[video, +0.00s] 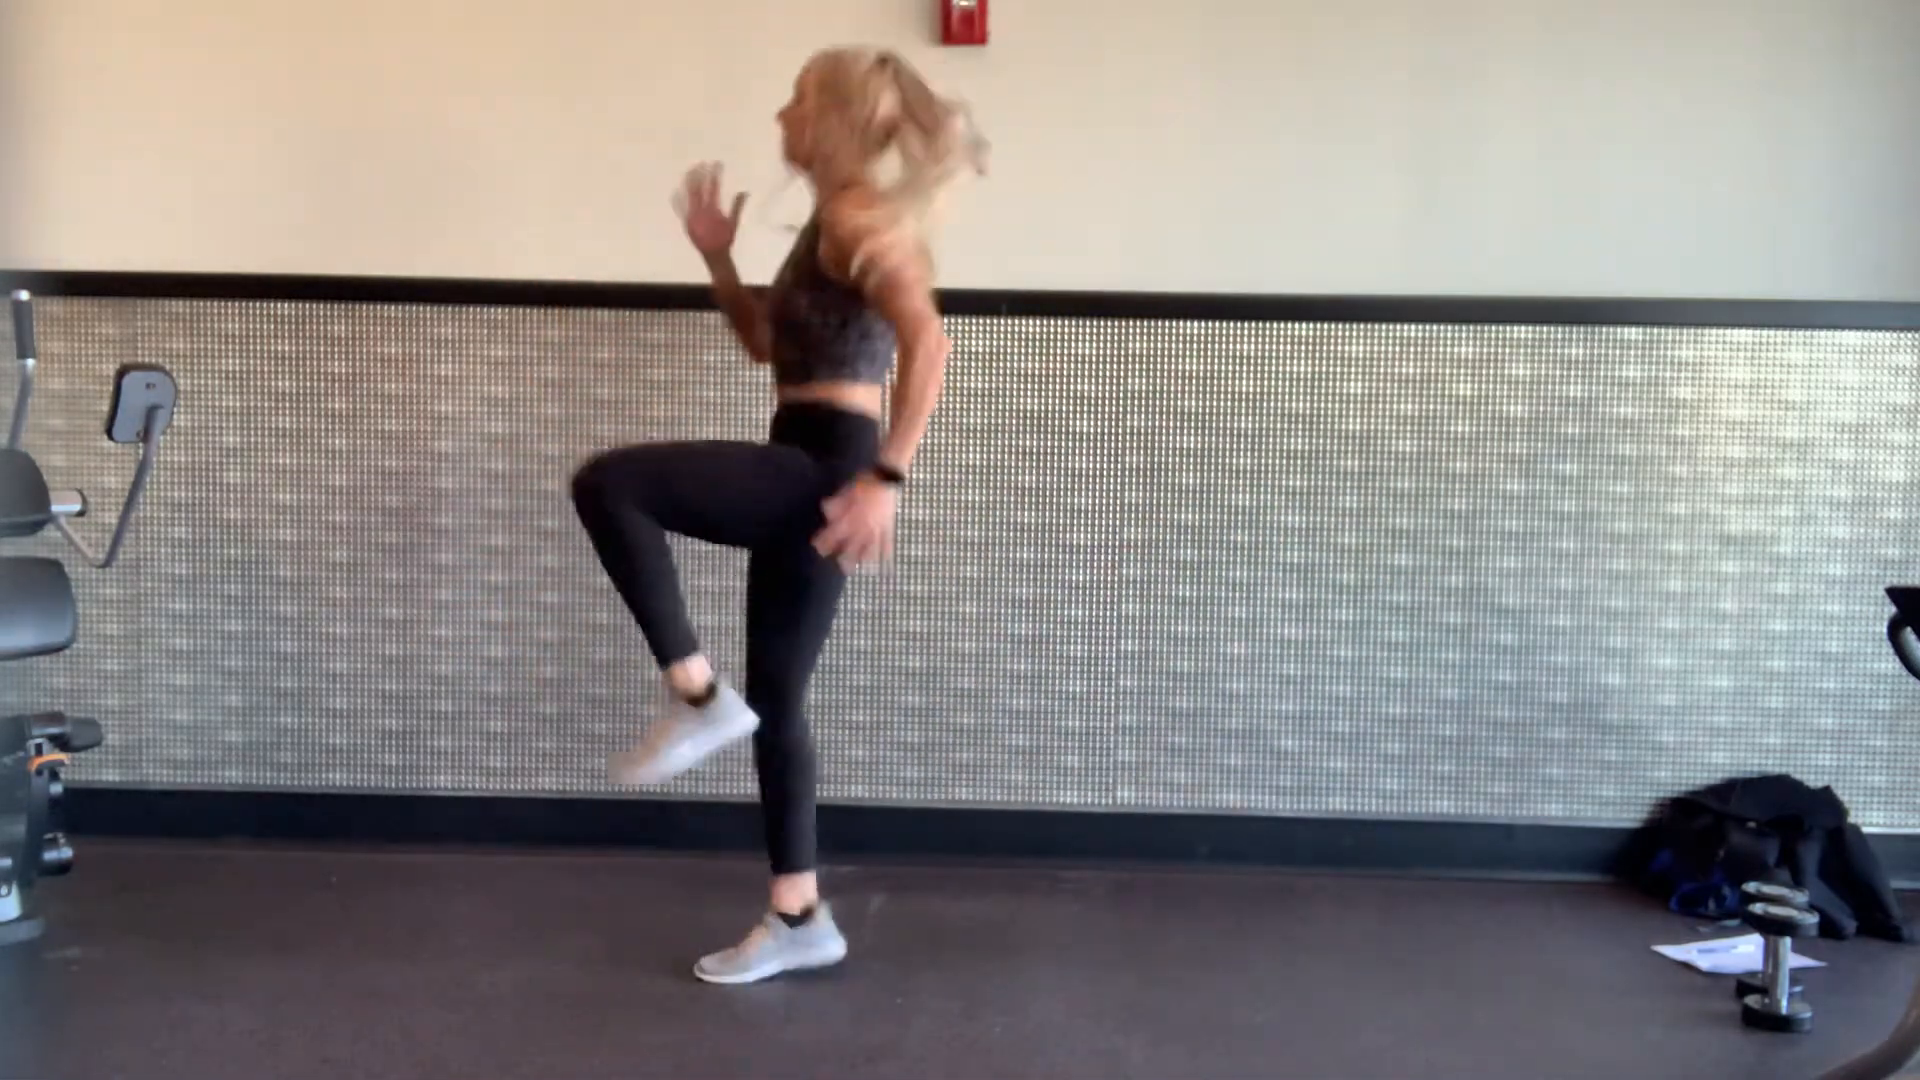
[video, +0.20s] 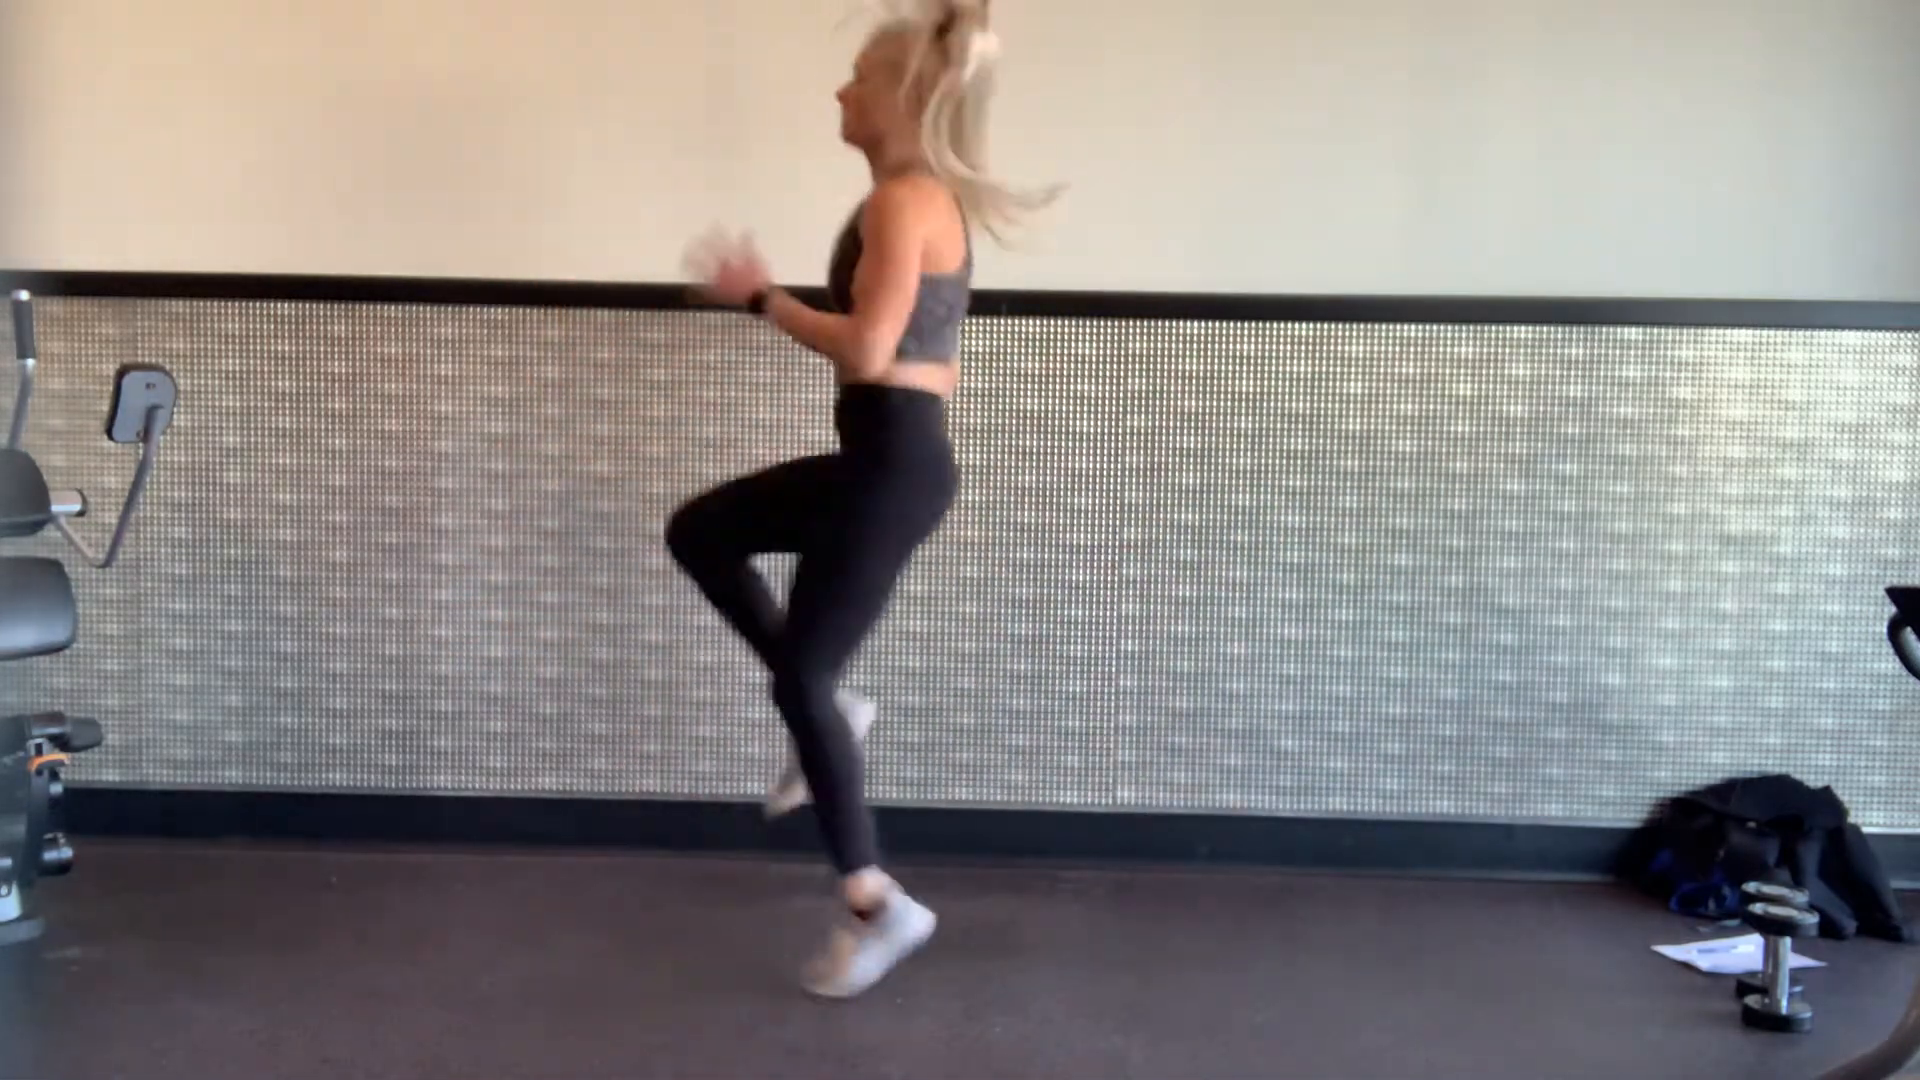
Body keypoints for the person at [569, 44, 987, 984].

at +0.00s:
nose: (782, 118)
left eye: (799, 105)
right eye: (790, 103)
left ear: (841, 124)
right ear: (849, 127)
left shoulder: (864, 220)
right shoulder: (832, 220)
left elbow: (927, 345)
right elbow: (770, 346)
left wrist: (886, 477)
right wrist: (719, 259)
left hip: (821, 469)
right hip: (816, 467)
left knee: (610, 484)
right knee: (775, 695)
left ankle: (696, 696)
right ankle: (798, 911)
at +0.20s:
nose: (842, 92)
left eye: (859, 79)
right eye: (853, 74)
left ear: (900, 97)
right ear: (908, 101)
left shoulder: (903, 204)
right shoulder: (932, 203)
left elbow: (866, 349)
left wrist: (765, 297)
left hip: (893, 470)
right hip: (892, 463)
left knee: (802, 673)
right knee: (700, 530)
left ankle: (873, 901)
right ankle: (820, 707)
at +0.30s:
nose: (861, 158)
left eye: (879, 147)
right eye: (870, 144)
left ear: (920, 174)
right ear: (936, 180)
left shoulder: (922, 272)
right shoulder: (948, 270)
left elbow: (795, 378)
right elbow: (994, 419)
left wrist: (801, 256)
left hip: (928, 534)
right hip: (923, 520)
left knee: (843, 735)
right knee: (733, 477)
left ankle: (925, 952)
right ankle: (822, 659)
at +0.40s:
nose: (905, 133)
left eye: (920, 119)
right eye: (913, 117)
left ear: (958, 137)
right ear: (977, 141)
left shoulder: (962, 237)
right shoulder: (1006, 239)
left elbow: (892, 372)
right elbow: (1022, 404)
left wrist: (827, 285)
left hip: (953, 503)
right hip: (971, 495)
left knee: (894, 713)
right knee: (765, 531)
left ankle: (922, 941)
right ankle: (864, 692)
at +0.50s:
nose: (952, 93)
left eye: (968, 80)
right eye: (959, 77)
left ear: (1015, 94)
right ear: (1018, 95)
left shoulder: (1031, 195)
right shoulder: (1021, 191)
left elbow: (1015, 352)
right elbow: (1011, 352)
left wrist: (902, 388)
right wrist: (904, 384)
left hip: (1010, 456)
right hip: (993, 450)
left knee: (884, 637)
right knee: (865, 621)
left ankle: (910, 878)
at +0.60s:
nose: (983, 117)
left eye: (1002, 105)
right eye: (992, 101)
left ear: (1048, 127)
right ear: (1045, 128)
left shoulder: (1071, 232)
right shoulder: (1038, 229)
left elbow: (1104, 396)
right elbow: (1004, 375)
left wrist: (1051, 514)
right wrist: (941, 308)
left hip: (1041, 485)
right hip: (1029, 480)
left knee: (843, 572)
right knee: (991, 707)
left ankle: (945, 760)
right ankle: (1089, 893)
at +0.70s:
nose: (1005, 176)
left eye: (1021, 164)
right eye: (1012, 160)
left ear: (1065, 185)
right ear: (1066, 186)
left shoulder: (1097, 282)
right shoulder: (1062, 284)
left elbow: (1158, 430)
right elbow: (985, 401)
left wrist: (1144, 567)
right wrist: (981, 304)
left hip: (1088, 524)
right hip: (1073, 522)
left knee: (886, 503)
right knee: (1005, 720)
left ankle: (988, 689)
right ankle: (1114, 925)